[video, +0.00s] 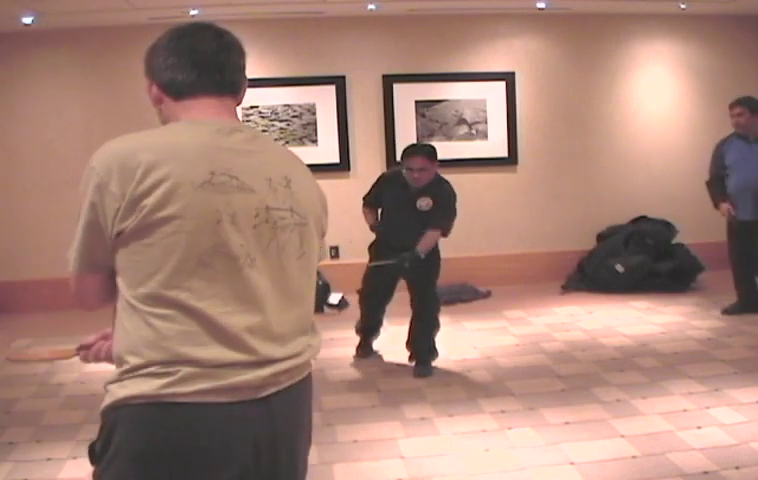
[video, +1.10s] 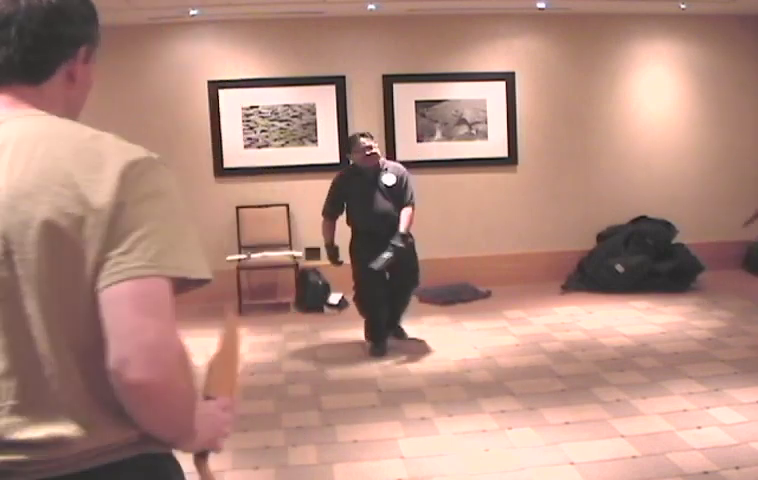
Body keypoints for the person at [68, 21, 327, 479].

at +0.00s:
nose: (147, 100)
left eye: (146, 90)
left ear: (156, 91)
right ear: (241, 90)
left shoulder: (123, 160)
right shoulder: (297, 172)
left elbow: (90, 292)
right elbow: (280, 297)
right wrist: (134, 338)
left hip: (165, 425)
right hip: (284, 418)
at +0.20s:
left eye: (133, 84)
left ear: (143, 90)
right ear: (231, 86)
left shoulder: (92, 168)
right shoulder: (286, 169)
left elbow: (69, 303)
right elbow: (301, 280)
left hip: (136, 436)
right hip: (266, 429)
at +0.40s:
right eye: (197, 78)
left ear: (99, 82)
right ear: (192, 83)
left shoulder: (26, 181)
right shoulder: (258, 179)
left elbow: (10, 335)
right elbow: (291, 330)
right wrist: (204, 332)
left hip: (78, 456)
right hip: (227, 449)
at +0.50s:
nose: (171, 92)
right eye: (171, 81)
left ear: (68, 85)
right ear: (162, 86)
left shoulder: (9, 174)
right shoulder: (226, 182)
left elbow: (4, 328)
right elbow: (282, 339)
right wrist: (209, 371)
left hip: (37, 462)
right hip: (195, 457)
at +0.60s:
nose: (142, 89)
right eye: (142, 78)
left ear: (39, 78)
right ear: (133, 83)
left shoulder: (5, 164)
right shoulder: (186, 182)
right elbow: (263, 355)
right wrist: (220, 397)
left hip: (18, 462)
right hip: (163, 460)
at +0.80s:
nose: (108, 84)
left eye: (109, 68)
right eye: (110, 69)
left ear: (6, 59)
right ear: (95, 71)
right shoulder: (147, 175)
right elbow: (194, 360)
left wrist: (218, 419)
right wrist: (222, 422)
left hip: (12, 462)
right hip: (131, 458)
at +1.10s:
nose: (92, 82)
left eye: (93, 64)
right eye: (93, 64)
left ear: (7, 54)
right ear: (77, 64)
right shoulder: (112, 171)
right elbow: (142, 366)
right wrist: (192, 427)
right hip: (104, 462)